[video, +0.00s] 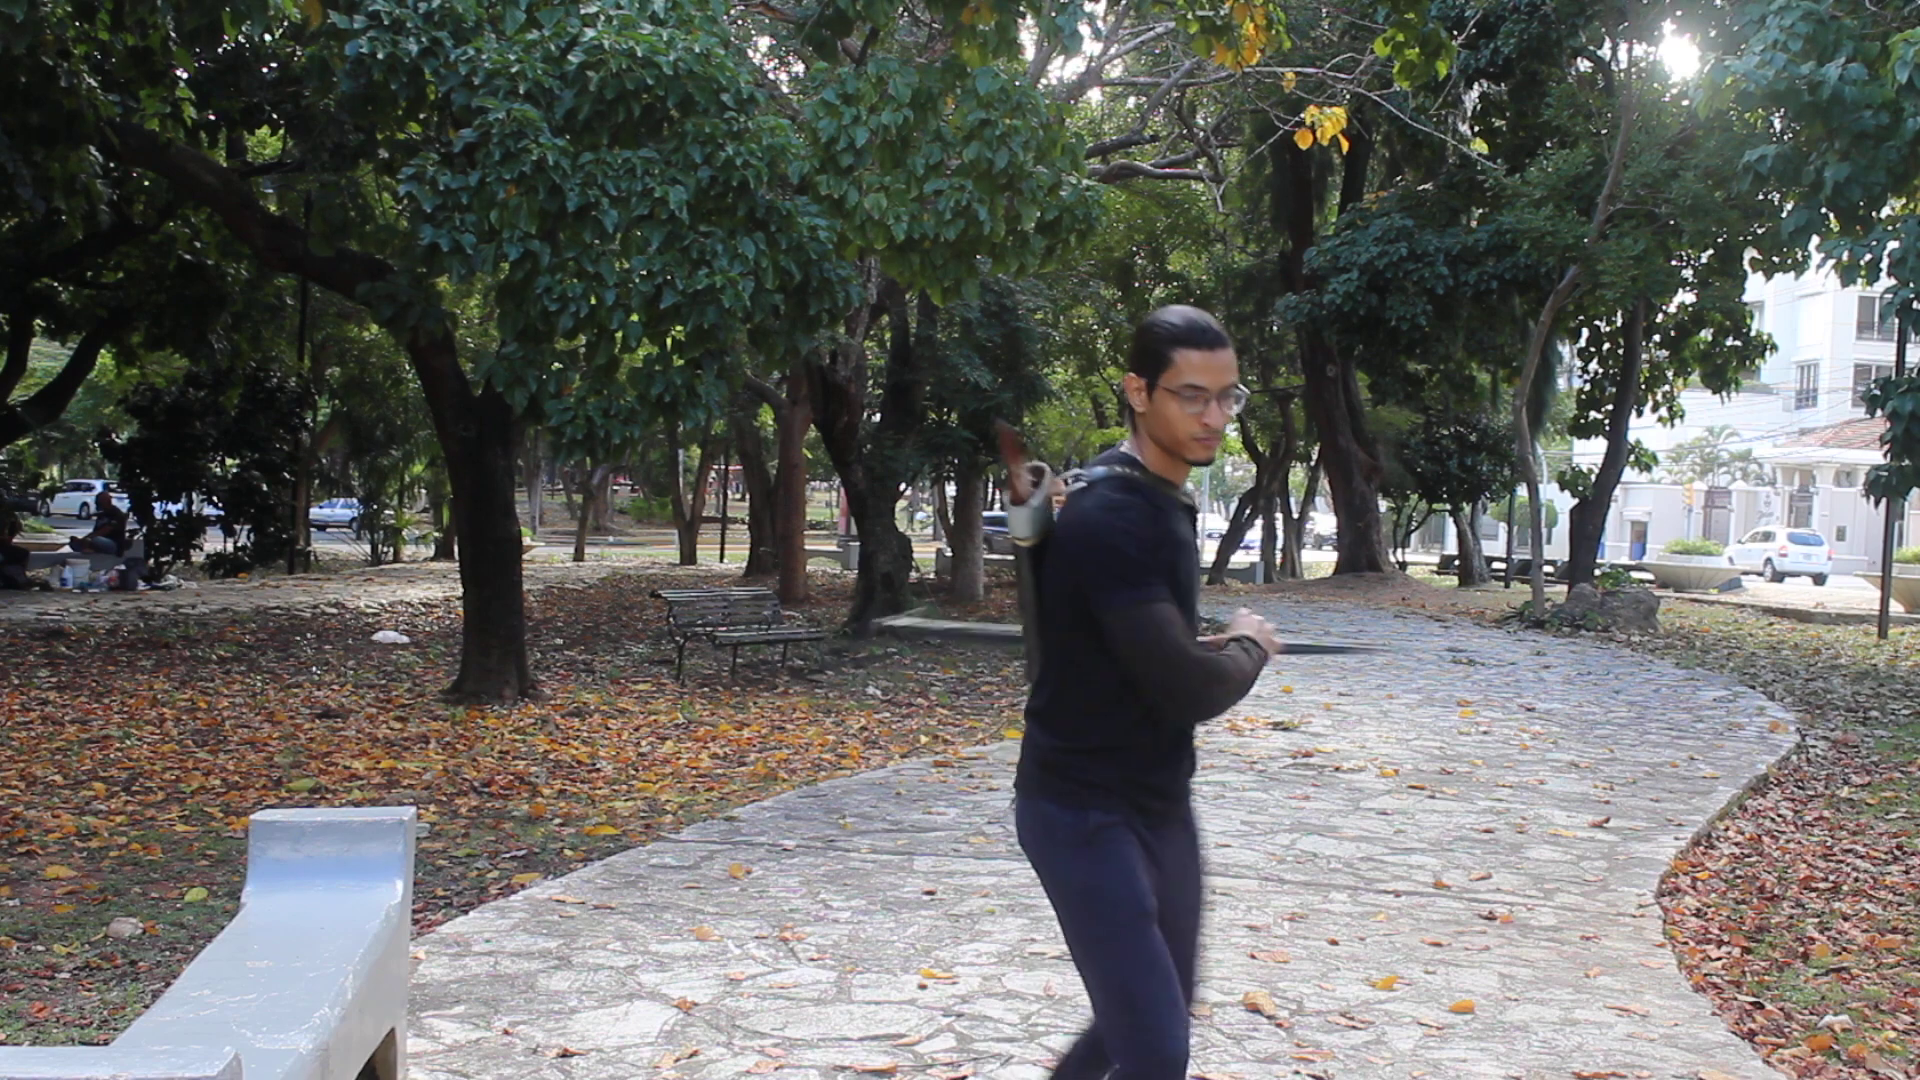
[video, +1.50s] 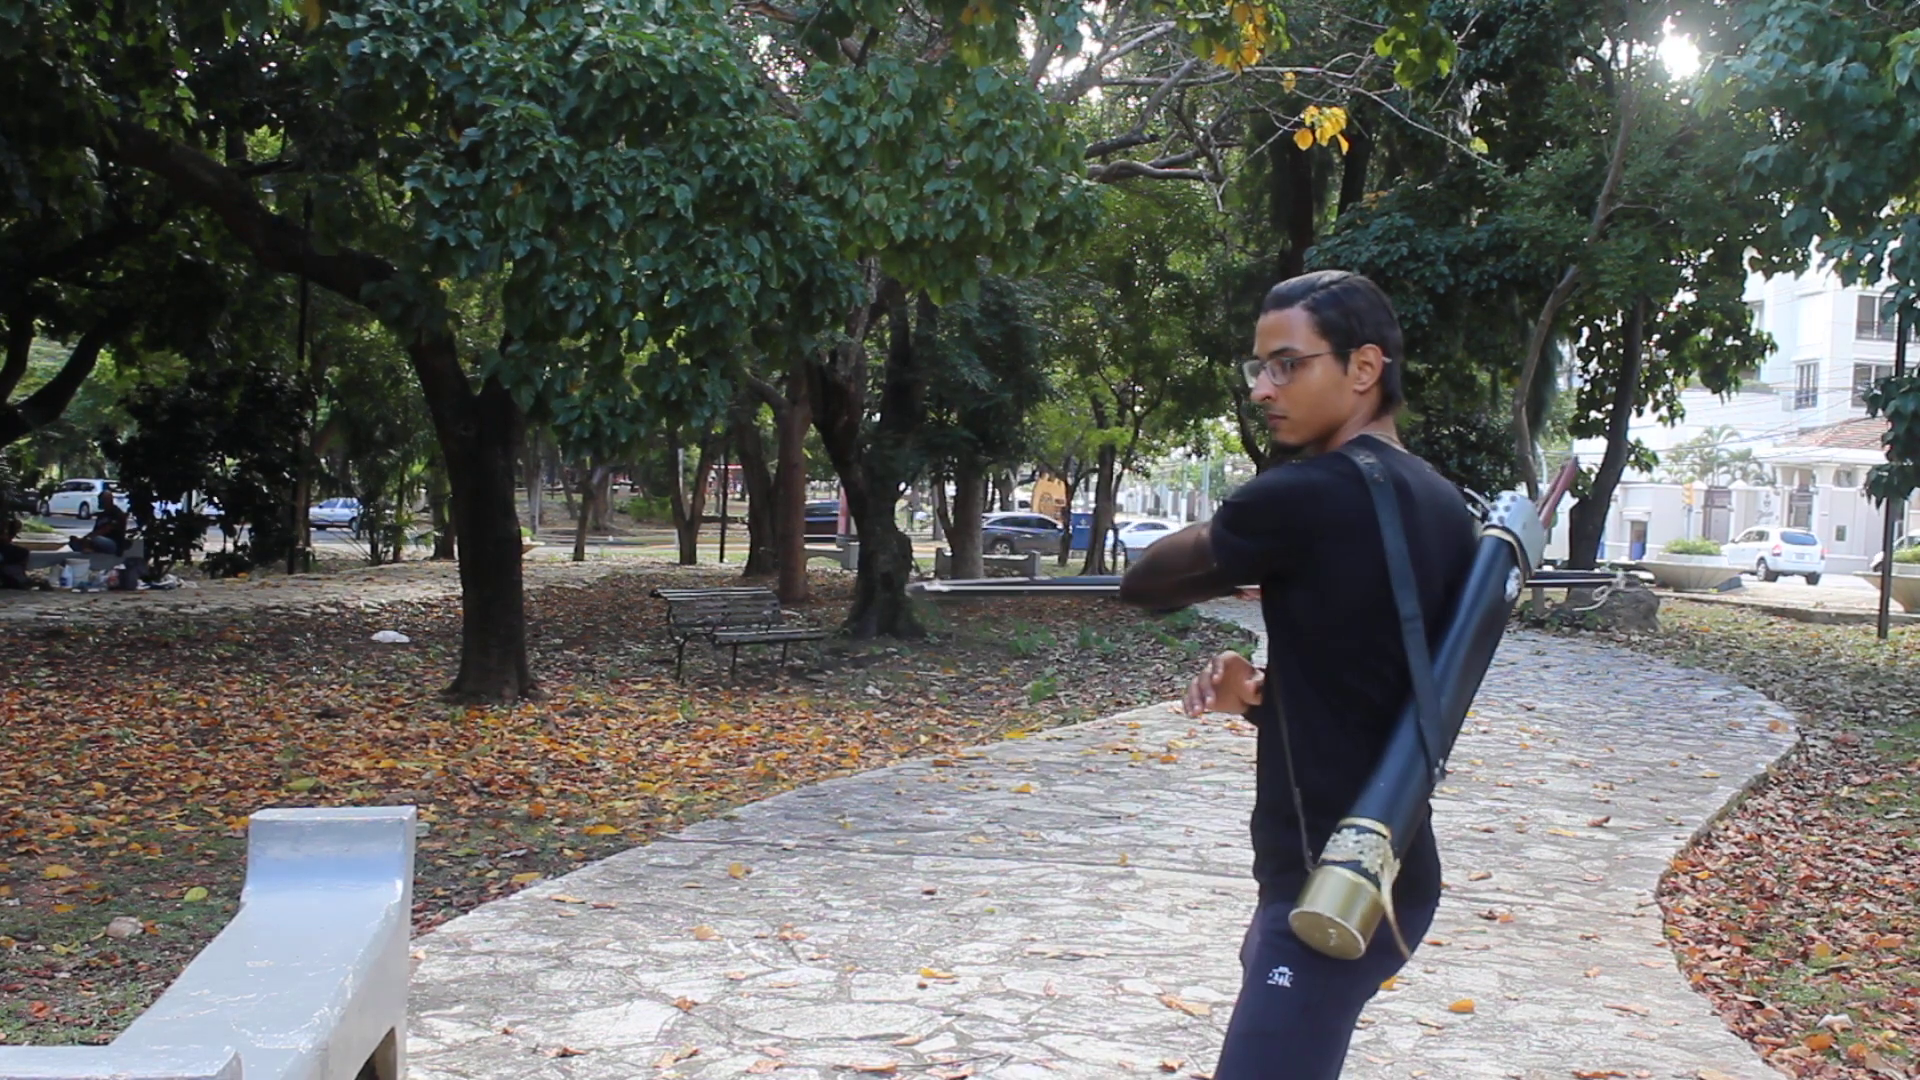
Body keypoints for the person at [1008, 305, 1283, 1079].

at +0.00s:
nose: (1214, 417)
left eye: (1225, 395)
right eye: (1191, 395)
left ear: (1236, 394)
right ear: (1136, 395)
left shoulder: (1167, 505)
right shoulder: (1103, 513)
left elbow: (1162, 654)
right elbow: (1187, 689)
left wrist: (1215, 647)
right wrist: (1250, 646)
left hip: (1158, 803)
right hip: (1079, 806)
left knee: (1146, 1025)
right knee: (1155, 1047)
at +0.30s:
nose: (1140, 371)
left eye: (1160, 349)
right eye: (1119, 351)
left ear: (1197, 353)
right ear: (1094, 358)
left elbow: (1402, 539)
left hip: (1232, 810)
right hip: (1097, 816)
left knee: (1306, 1052)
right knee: (1119, 1060)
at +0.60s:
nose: (1167, 368)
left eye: (1189, 345)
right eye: (1151, 347)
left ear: (1242, 350)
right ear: (1135, 358)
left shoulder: (1297, 467)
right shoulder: (1131, 501)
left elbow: (1332, 497)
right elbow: (1052, 656)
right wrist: (1084, 645)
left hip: (1285, 843)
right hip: (1147, 843)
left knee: (1315, 1068)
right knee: (1117, 1068)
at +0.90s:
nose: (1223, 363)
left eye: (1249, 340)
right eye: (1215, 344)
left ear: (1318, 352)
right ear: (1209, 356)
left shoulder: (1326, 458)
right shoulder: (1286, 477)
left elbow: (1144, 487)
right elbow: (1293, 707)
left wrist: (979, 485)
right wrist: (1213, 683)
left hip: (1322, 869)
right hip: (1248, 857)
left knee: (1263, 1066)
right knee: (1199, 1065)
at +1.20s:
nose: (1239, 388)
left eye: (1265, 362)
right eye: (1237, 365)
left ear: (1344, 369)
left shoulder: (1288, 486)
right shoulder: (1418, 495)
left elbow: (1136, 574)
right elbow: (1382, 690)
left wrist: (1221, 556)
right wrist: (1247, 689)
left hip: (1320, 892)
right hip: (1381, 876)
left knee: (1257, 1066)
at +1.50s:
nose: (1261, 388)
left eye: (1287, 364)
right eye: (1258, 366)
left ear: (1365, 370)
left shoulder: (1305, 495)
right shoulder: (1440, 499)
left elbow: (1144, 582)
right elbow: (1397, 685)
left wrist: (1246, 563)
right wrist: (1265, 690)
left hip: (1322, 888)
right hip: (1389, 876)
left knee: (1253, 1067)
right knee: (1277, 1061)